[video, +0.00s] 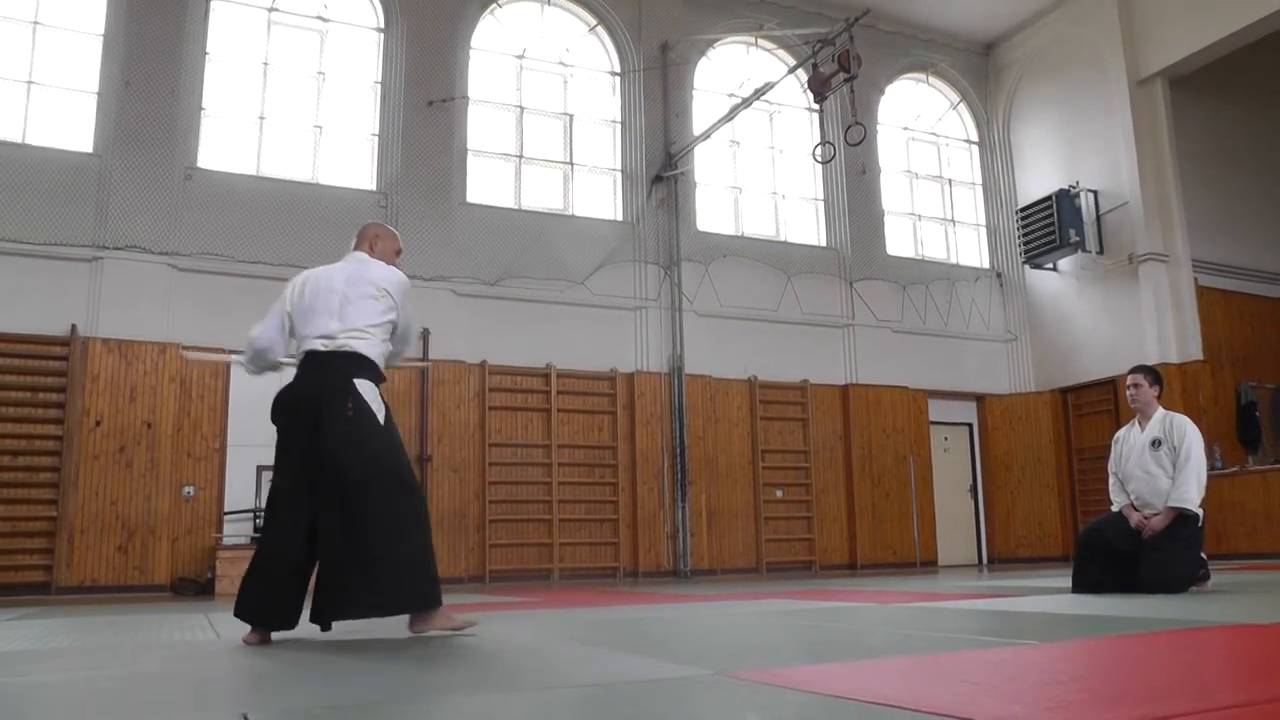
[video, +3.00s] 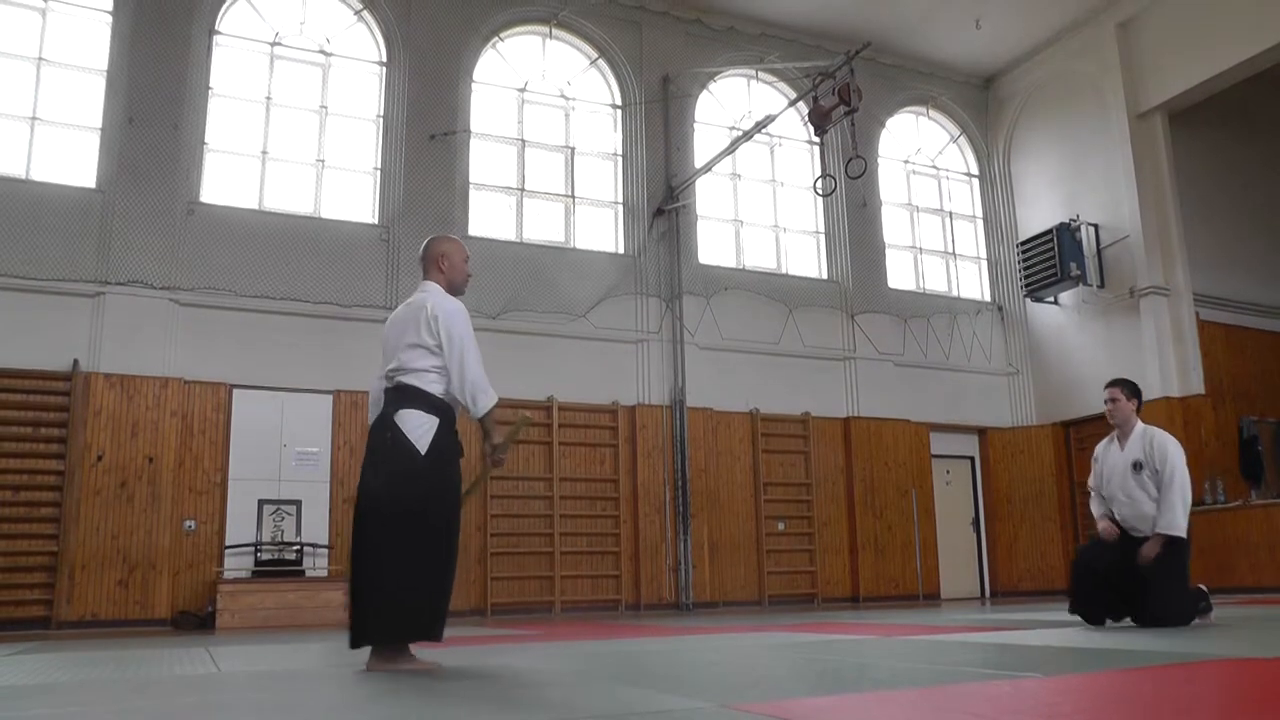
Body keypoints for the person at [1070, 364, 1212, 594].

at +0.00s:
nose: (1130, 392)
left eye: (1136, 386)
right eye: (1128, 388)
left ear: (1155, 390)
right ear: (1125, 393)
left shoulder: (1179, 426)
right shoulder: (1121, 437)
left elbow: (1191, 478)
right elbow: (1114, 482)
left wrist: (1164, 518)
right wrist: (1130, 513)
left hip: (1177, 519)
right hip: (1133, 519)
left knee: (1158, 583)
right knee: (1092, 539)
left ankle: (1197, 566)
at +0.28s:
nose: (1131, 396)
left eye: (1137, 389)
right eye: (1129, 391)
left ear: (1156, 394)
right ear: (1126, 397)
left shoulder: (1180, 430)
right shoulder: (1122, 441)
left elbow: (1191, 482)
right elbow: (1115, 486)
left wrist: (1165, 521)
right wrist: (1131, 517)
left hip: (1177, 522)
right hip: (1133, 522)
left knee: (1157, 586)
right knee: (1093, 542)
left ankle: (1198, 570)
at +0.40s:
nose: (1132, 397)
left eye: (1138, 391)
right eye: (1130, 392)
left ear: (1157, 395)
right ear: (1127, 398)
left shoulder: (1181, 431)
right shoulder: (1122, 442)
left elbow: (1192, 483)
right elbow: (1115, 487)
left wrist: (1165, 522)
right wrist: (1132, 518)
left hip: (1178, 524)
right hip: (1134, 524)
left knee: (1157, 588)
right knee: (1093, 543)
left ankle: (1198, 571)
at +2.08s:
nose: (1139, 416)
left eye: (1145, 410)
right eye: (1136, 411)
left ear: (1164, 416)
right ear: (1133, 417)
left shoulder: (1186, 452)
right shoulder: (1126, 460)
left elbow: (1197, 503)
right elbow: (1117, 504)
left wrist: (1168, 543)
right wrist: (1133, 538)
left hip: (1180, 544)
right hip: (1135, 543)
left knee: (1157, 608)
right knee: (1093, 566)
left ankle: (1198, 592)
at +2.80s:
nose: (1124, 423)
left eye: (1130, 417)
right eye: (1121, 418)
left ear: (1149, 422)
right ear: (1119, 423)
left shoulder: (1177, 459)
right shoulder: (1115, 468)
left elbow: (1196, 512)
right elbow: (1111, 515)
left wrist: (1167, 553)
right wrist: (1133, 548)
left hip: (1179, 553)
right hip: (1134, 552)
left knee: (1159, 615)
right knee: (1094, 576)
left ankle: (1200, 599)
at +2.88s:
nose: (1118, 418)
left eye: (1124, 411)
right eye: (1115, 413)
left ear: (1143, 416)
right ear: (1112, 418)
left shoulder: (1172, 454)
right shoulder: (1110, 462)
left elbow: (1188, 506)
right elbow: (1106, 508)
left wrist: (1165, 549)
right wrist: (1125, 541)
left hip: (1174, 549)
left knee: (1158, 616)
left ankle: (1199, 599)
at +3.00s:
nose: (1108, 407)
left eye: (1114, 401)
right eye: (1106, 402)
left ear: (1134, 403)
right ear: (1104, 408)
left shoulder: (1160, 443)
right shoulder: (1102, 450)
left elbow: (1177, 493)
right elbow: (1096, 492)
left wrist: (1158, 538)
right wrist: (1101, 518)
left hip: (1165, 539)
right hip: (1123, 539)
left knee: (1156, 618)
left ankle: (1199, 599)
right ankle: (1124, 607)